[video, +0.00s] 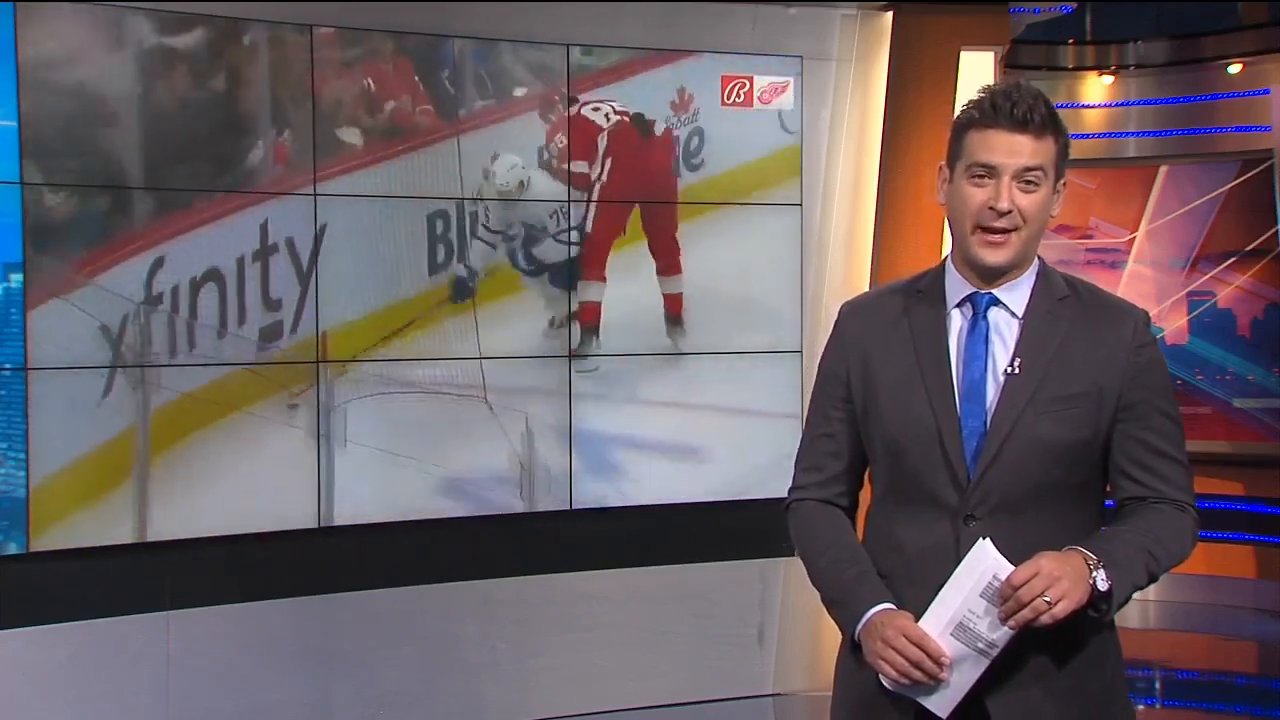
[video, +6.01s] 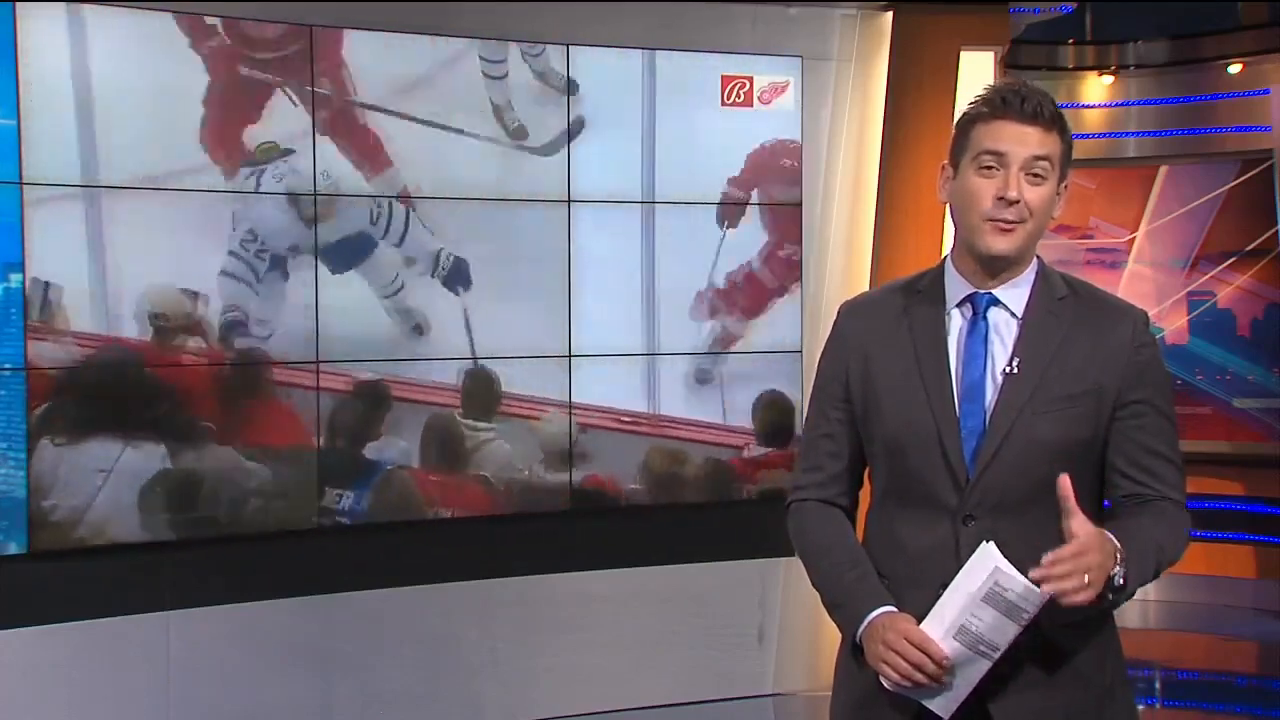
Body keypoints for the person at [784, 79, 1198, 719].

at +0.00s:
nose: (1001, 202)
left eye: (1027, 181)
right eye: (980, 175)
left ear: (1056, 197)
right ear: (945, 185)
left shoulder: (1118, 336)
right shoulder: (865, 328)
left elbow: (1166, 509)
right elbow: (816, 499)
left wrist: (1092, 566)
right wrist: (869, 614)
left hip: (1054, 691)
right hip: (892, 687)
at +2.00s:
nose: (1007, 185)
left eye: (1032, 168)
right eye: (984, 164)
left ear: (1060, 193)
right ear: (949, 186)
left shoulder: (1127, 332)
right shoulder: (876, 332)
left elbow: (1181, 507)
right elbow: (831, 506)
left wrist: (1107, 566)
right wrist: (885, 620)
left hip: (1071, 690)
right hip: (907, 687)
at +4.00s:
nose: (1004, 189)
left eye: (1029, 171)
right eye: (982, 164)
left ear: (1056, 196)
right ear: (946, 183)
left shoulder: (1119, 335)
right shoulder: (866, 326)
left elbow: (1167, 509)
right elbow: (816, 500)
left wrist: (1095, 571)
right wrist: (872, 619)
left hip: (1056, 691)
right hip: (893, 687)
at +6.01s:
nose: (1010, 192)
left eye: (1035, 174)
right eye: (989, 167)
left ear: (1058, 197)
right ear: (949, 183)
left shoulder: (1119, 337)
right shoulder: (865, 327)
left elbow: (1158, 508)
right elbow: (817, 499)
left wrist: (1113, 554)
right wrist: (869, 617)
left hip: (1057, 692)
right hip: (891, 687)